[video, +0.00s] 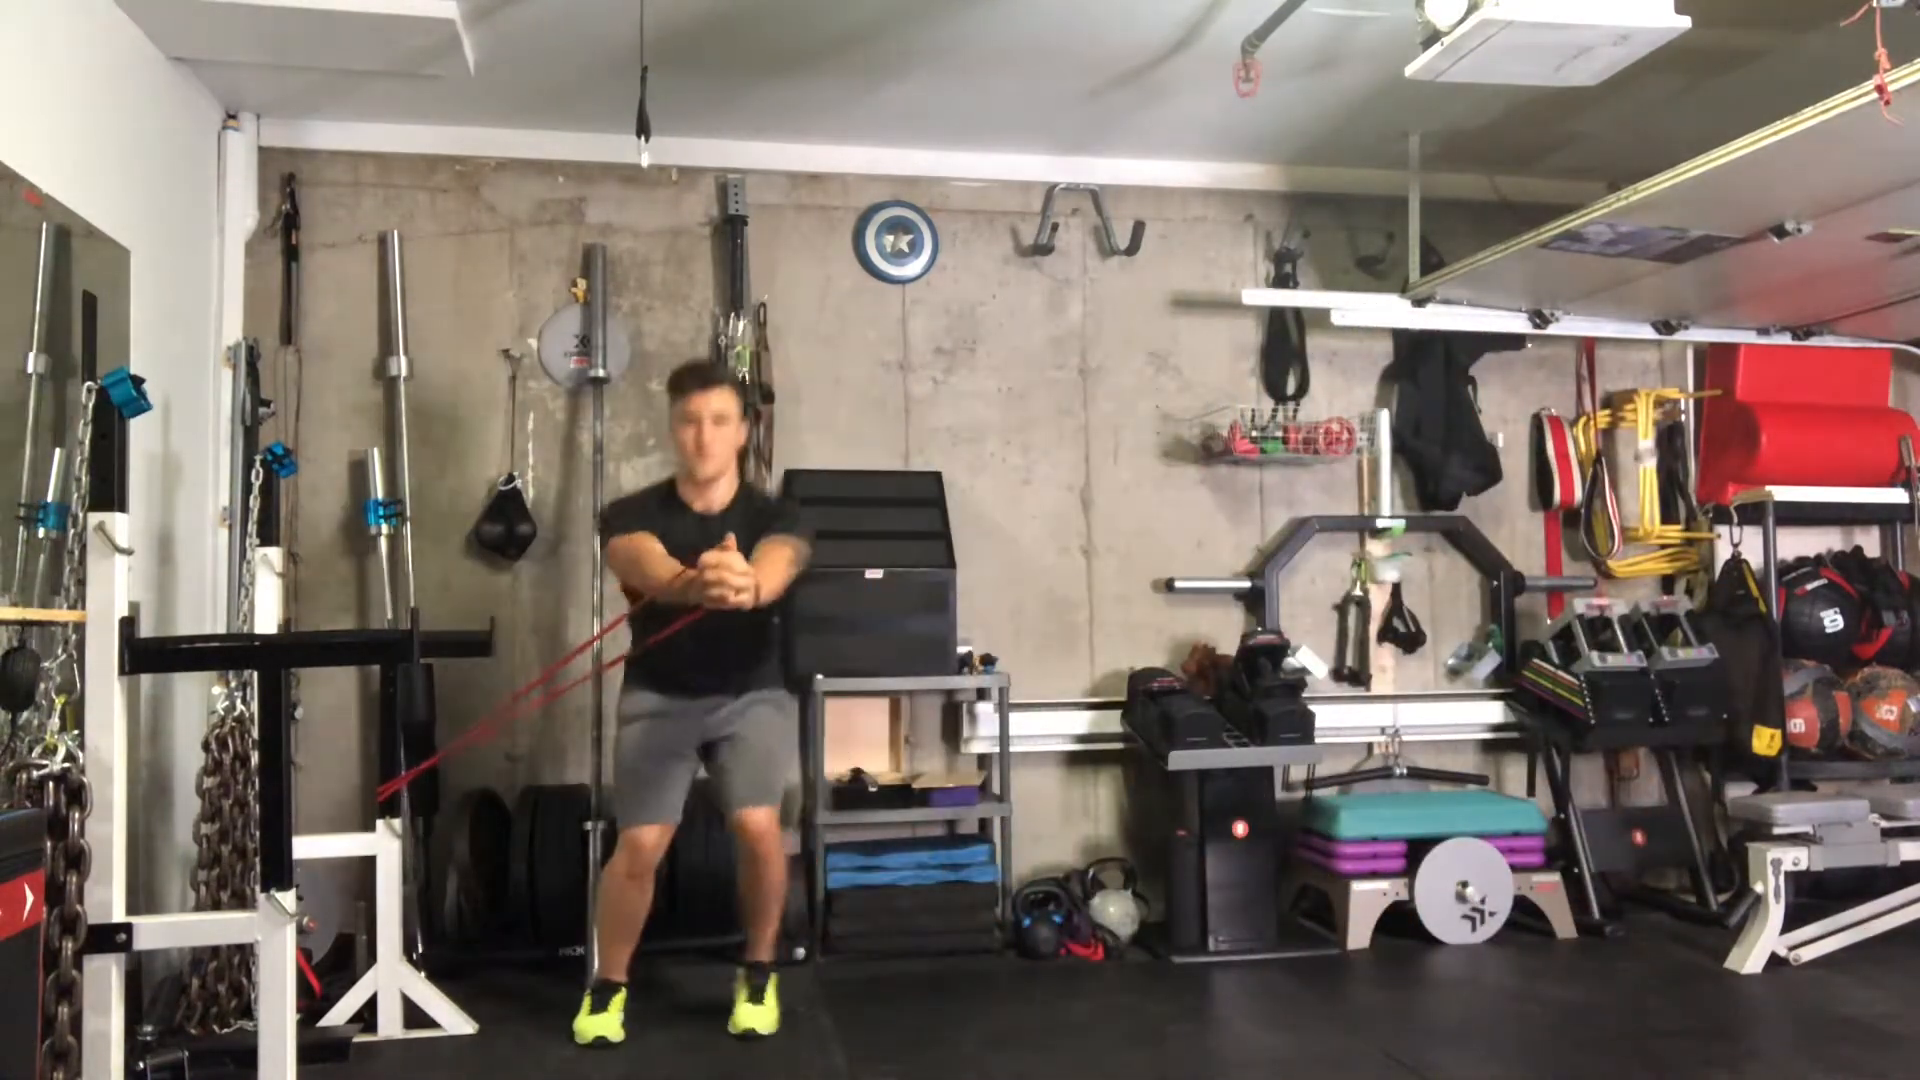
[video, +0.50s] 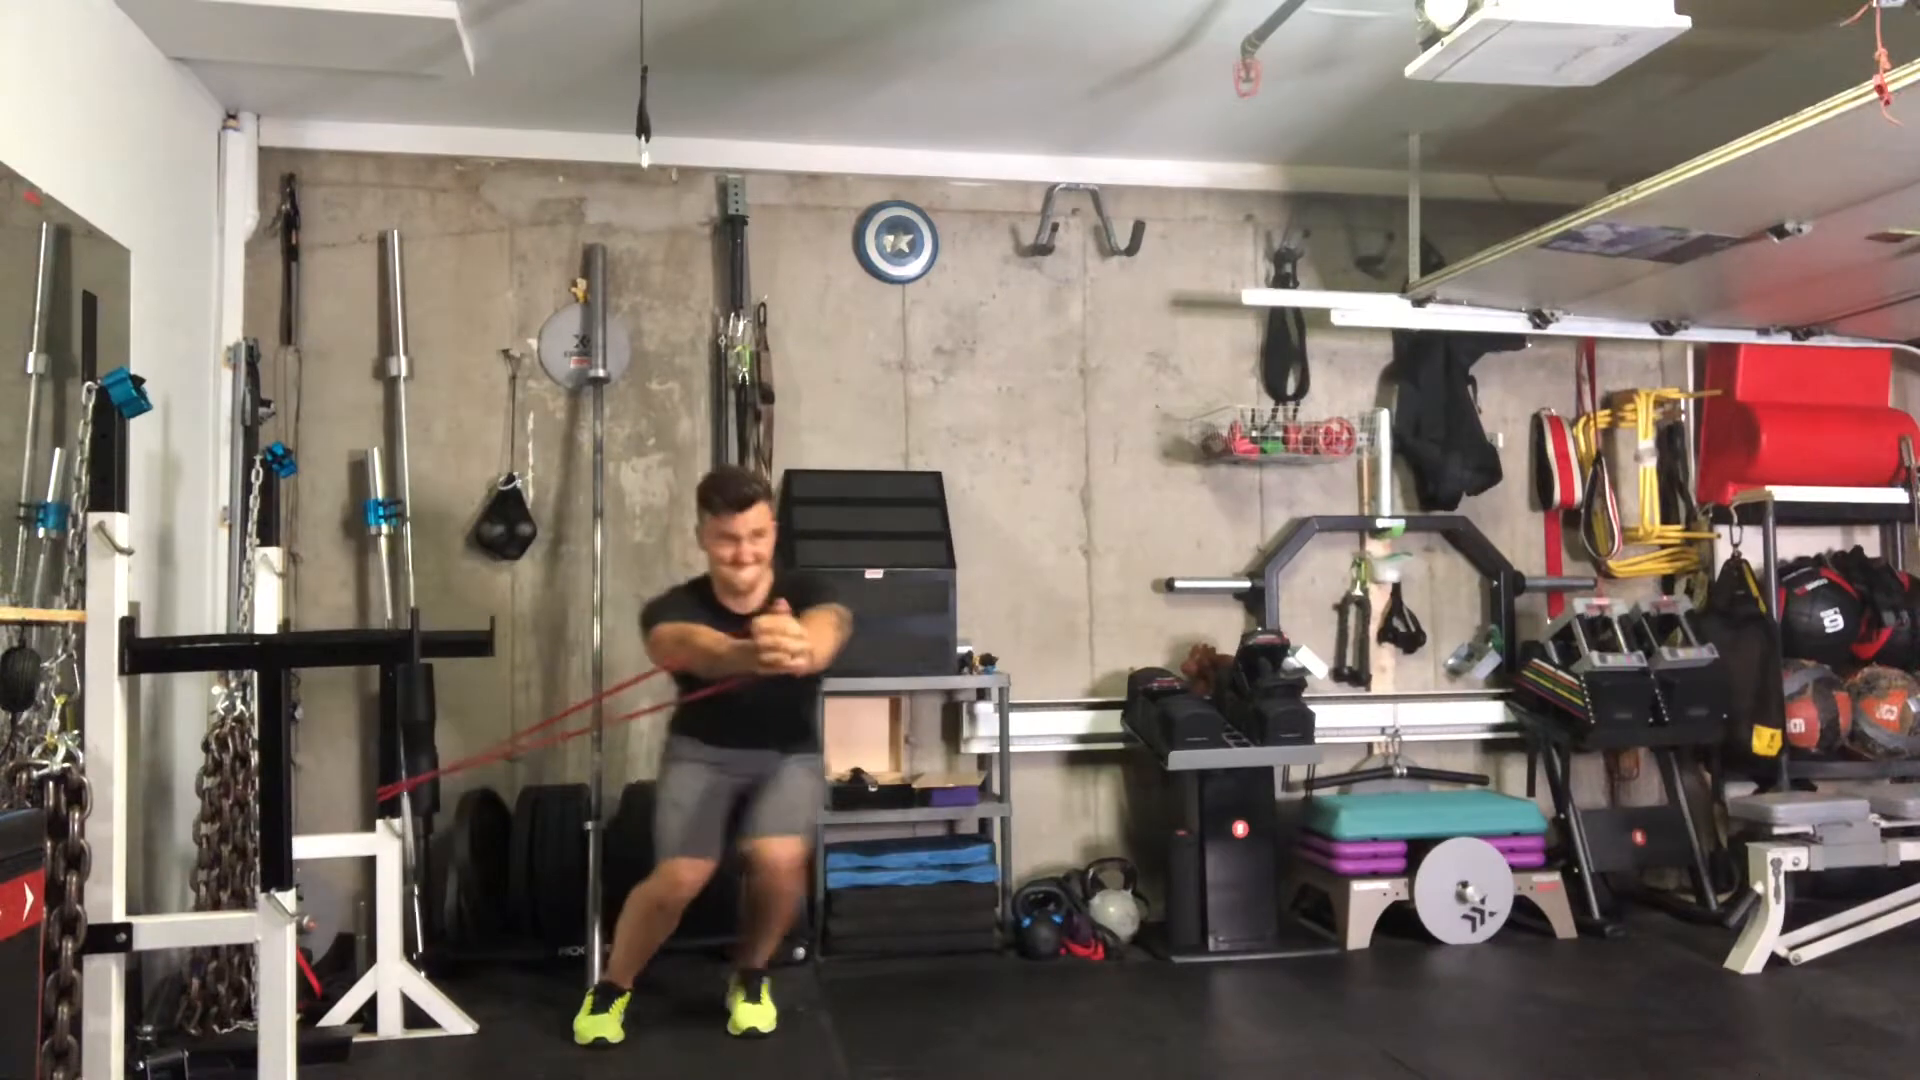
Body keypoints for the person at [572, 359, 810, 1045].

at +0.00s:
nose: (701, 434)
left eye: (717, 420)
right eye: (688, 421)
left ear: (745, 431)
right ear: (672, 432)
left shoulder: (777, 518)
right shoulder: (628, 516)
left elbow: (774, 569)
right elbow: (646, 574)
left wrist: (749, 583)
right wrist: (694, 582)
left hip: (752, 698)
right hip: (657, 702)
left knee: (756, 822)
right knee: (640, 843)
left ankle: (758, 974)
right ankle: (606, 990)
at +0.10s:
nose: (700, 477)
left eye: (715, 461)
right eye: (686, 462)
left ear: (740, 470)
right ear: (668, 471)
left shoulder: (770, 544)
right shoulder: (628, 546)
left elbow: (779, 583)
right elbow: (638, 589)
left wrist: (751, 597)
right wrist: (693, 595)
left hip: (748, 727)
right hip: (658, 724)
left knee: (742, 848)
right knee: (645, 852)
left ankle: (748, 980)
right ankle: (607, 988)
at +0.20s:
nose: (703, 511)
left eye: (718, 495)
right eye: (689, 496)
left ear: (742, 500)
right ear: (671, 502)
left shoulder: (772, 563)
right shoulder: (632, 572)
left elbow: (788, 603)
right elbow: (643, 611)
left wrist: (759, 616)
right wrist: (701, 614)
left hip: (744, 736)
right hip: (657, 735)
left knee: (725, 853)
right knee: (649, 856)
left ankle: (746, 981)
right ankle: (608, 990)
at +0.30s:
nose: (714, 534)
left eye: (727, 517)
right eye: (699, 518)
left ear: (750, 520)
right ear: (678, 521)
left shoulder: (778, 582)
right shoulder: (640, 589)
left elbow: (799, 617)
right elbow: (651, 626)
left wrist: (771, 629)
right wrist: (709, 630)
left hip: (750, 749)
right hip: (663, 745)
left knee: (721, 857)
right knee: (652, 859)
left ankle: (745, 981)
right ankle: (609, 990)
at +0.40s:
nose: (730, 546)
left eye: (743, 531)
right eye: (715, 532)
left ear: (763, 531)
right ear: (691, 533)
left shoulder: (793, 593)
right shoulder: (652, 600)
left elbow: (810, 629)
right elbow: (663, 639)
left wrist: (784, 640)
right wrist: (727, 643)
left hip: (763, 757)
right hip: (676, 753)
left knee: (730, 859)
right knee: (662, 865)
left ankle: (746, 980)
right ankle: (610, 989)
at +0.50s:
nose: (744, 553)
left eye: (756, 537)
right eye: (728, 539)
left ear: (775, 533)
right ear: (702, 539)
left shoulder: (807, 589)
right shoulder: (673, 608)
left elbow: (830, 624)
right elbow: (678, 650)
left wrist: (806, 646)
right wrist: (751, 654)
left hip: (789, 756)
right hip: (701, 755)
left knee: (779, 858)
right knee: (683, 874)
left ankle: (750, 978)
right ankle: (611, 990)